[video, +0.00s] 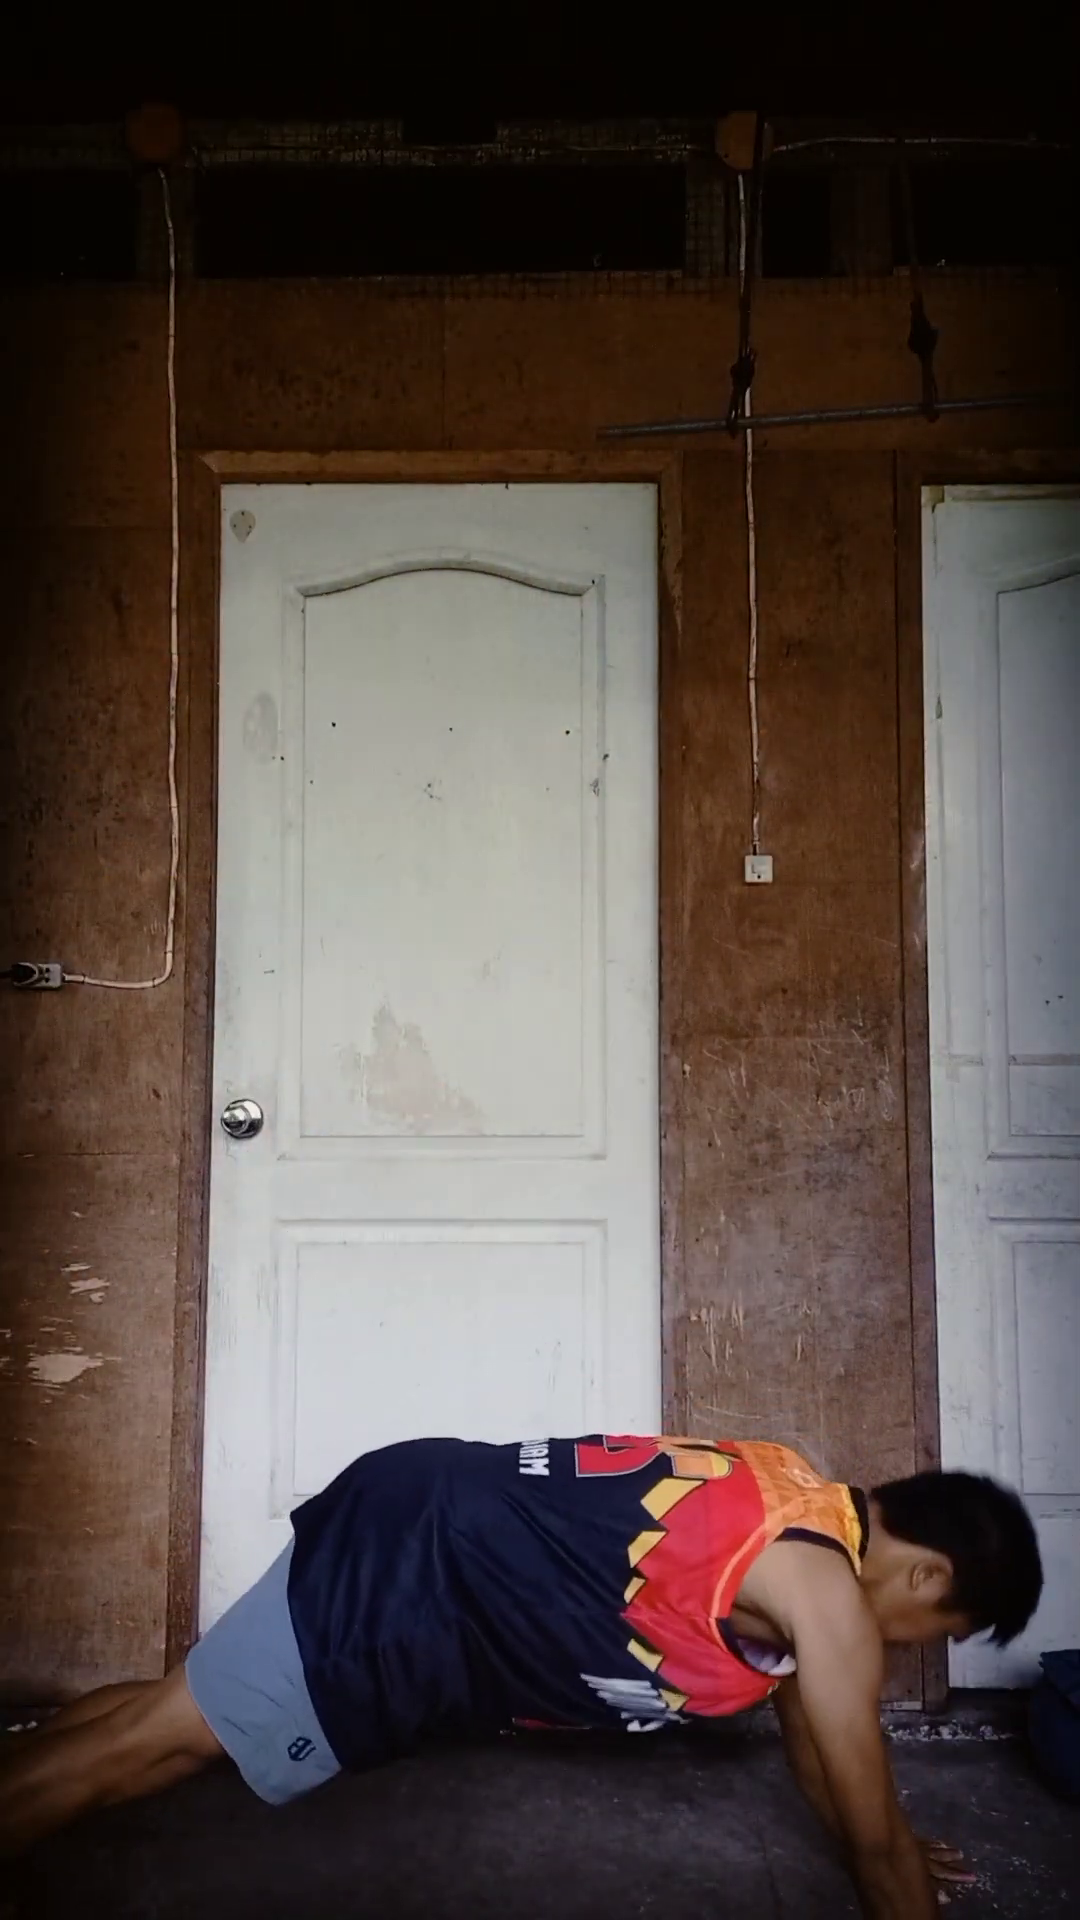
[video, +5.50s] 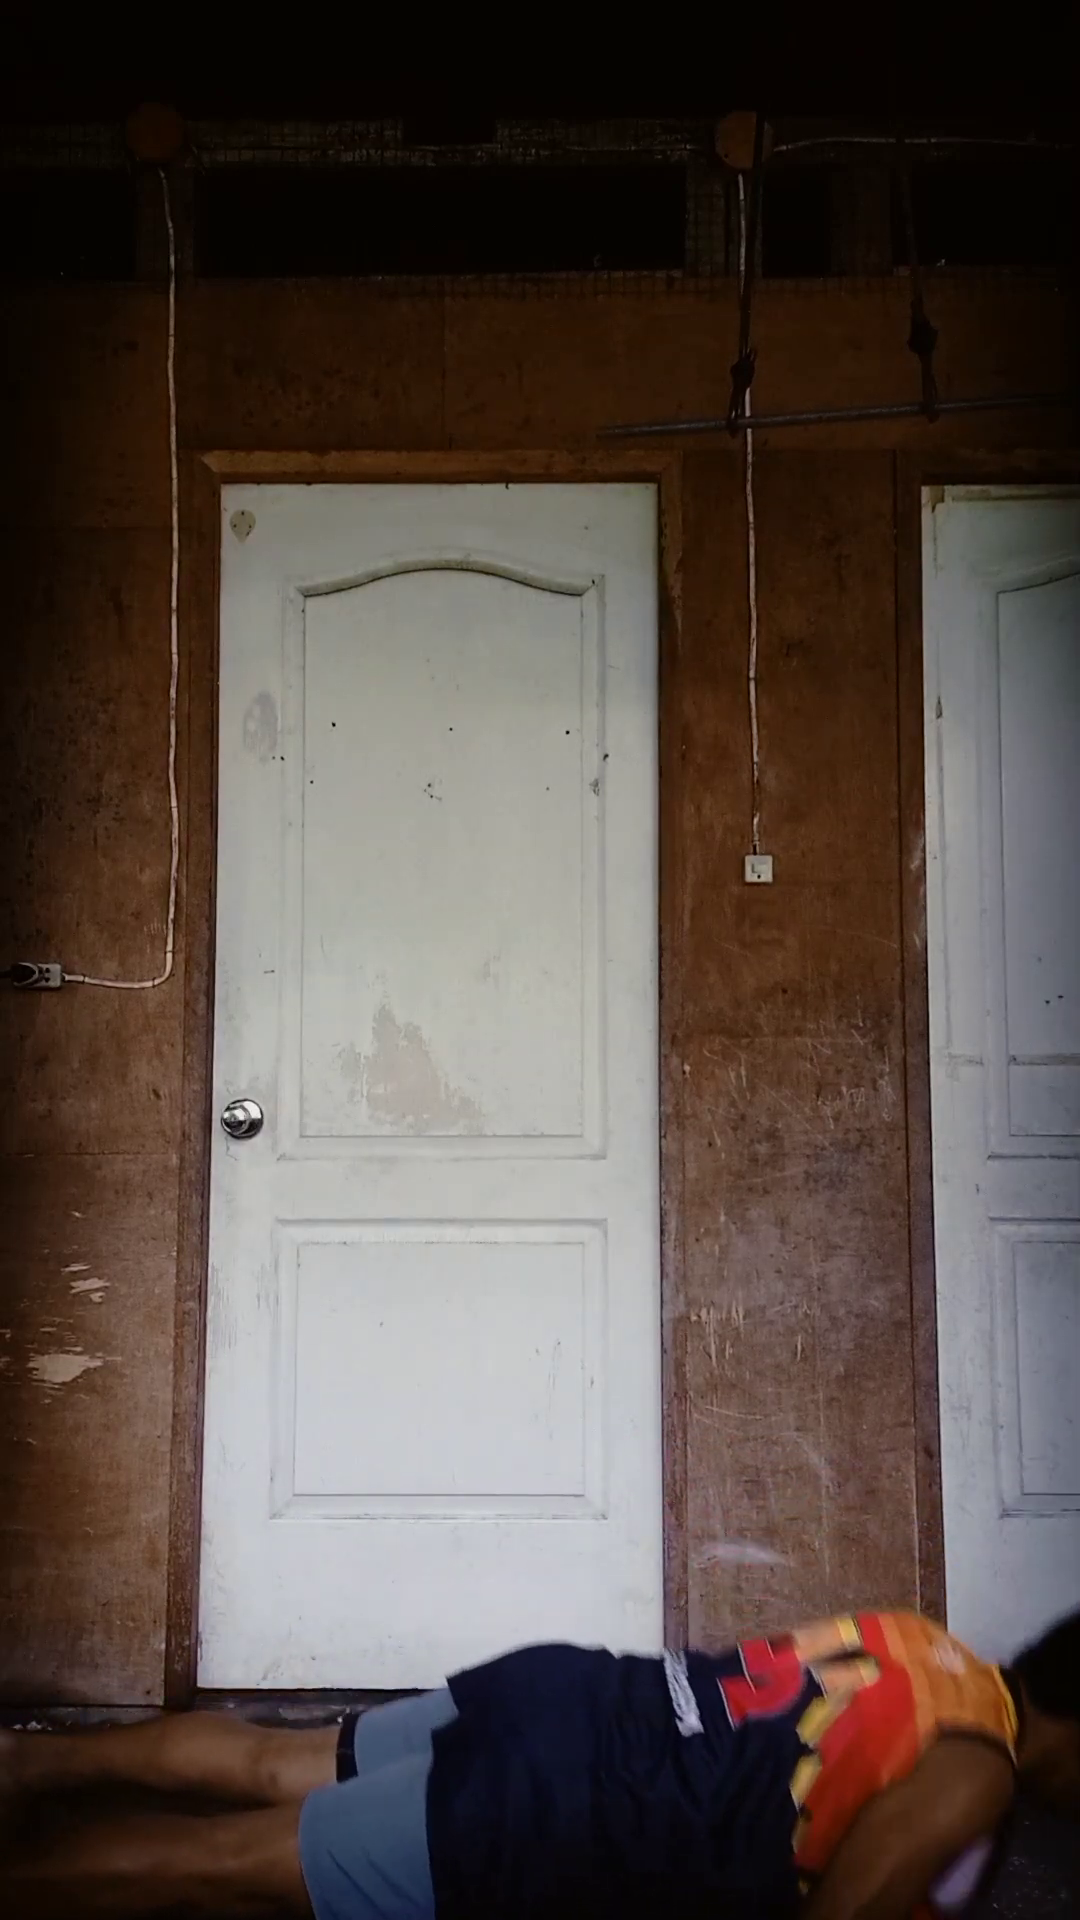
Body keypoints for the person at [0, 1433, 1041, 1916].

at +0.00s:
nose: (921, 1648)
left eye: (943, 1636)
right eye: (943, 1627)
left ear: (901, 1513)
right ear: (925, 1571)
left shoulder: (792, 1483)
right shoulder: (824, 1606)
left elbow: (808, 1720)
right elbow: (869, 1831)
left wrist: (882, 1836)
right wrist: (913, 1890)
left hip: (405, 1500)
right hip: (405, 1572)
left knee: (145, 1713)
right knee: (120, 1758)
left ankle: (35, 1763)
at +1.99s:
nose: (995, 1632)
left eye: (1017, 1615)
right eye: (1012, 1609)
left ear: (945, 1500)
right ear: (974, 1561)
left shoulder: (825, 1487)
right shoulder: (860, 1621)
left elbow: (798, 1705)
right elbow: (866, 1879)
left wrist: (866, 1847)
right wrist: (905, 1889)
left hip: (459, 1561)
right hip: (454, 1671)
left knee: (205, 1696)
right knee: (155, 1796)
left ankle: (4, 1766)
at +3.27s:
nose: (1059, 1742)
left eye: (1071, 1726)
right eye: (1071, 1721)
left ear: (1004, 1610)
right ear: (1055, 1692)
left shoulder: (884, 1588)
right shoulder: (932, 1728)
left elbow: (755, 1725)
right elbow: (834, 1906)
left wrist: (867, 1844)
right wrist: (904, 1885)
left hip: (520, 1651)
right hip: (511, 1778)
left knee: (228, 1747)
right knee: (185, 1853)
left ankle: (11, 1759)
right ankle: (11, 1860)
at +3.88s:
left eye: (1033, 1683)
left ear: (1040, 1690)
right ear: (1076, 1758)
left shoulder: (957, 1719)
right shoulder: (1015, 1828)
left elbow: (799, 1684)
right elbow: (855, 1901)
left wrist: (873, 1770)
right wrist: (886, 1791)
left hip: (588, 1729)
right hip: (589, 1843)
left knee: (310, 1782)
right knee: (269, 1882)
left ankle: (53, 1757)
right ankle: (37, 1878)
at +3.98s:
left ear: (1046, 1682)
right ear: (1073, 1754)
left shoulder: (945, 1682)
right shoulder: (1002, 1807)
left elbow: (771, 1717)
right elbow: (850, 1901)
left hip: (586, 1703)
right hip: (577, 1834)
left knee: (301, 1761)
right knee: (260, 1868)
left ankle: (46, 1756)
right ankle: (34, 1873)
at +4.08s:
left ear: (1043, 1637)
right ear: (1079, 1714)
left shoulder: (924, 1622)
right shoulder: (992, 1766)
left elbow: (781, 1698)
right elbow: (845, 1897)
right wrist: (947, 1886)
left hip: (577, 1678)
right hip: (569, 1812)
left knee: (295, 1754)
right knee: (238, 1866)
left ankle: (42, 1761)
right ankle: (30, 1867)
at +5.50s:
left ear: (1042, 1652)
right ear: (1078, 1729)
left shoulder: (919, 1637)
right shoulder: (966, 1769)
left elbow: (772, 1711)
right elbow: (844, 1900)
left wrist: (910, 1842)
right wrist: (947, 1879)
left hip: (558, 1690)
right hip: (537, 1815)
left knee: (283, 1762)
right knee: (222, 1869)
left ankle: (26, 1759)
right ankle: (20, 1863)